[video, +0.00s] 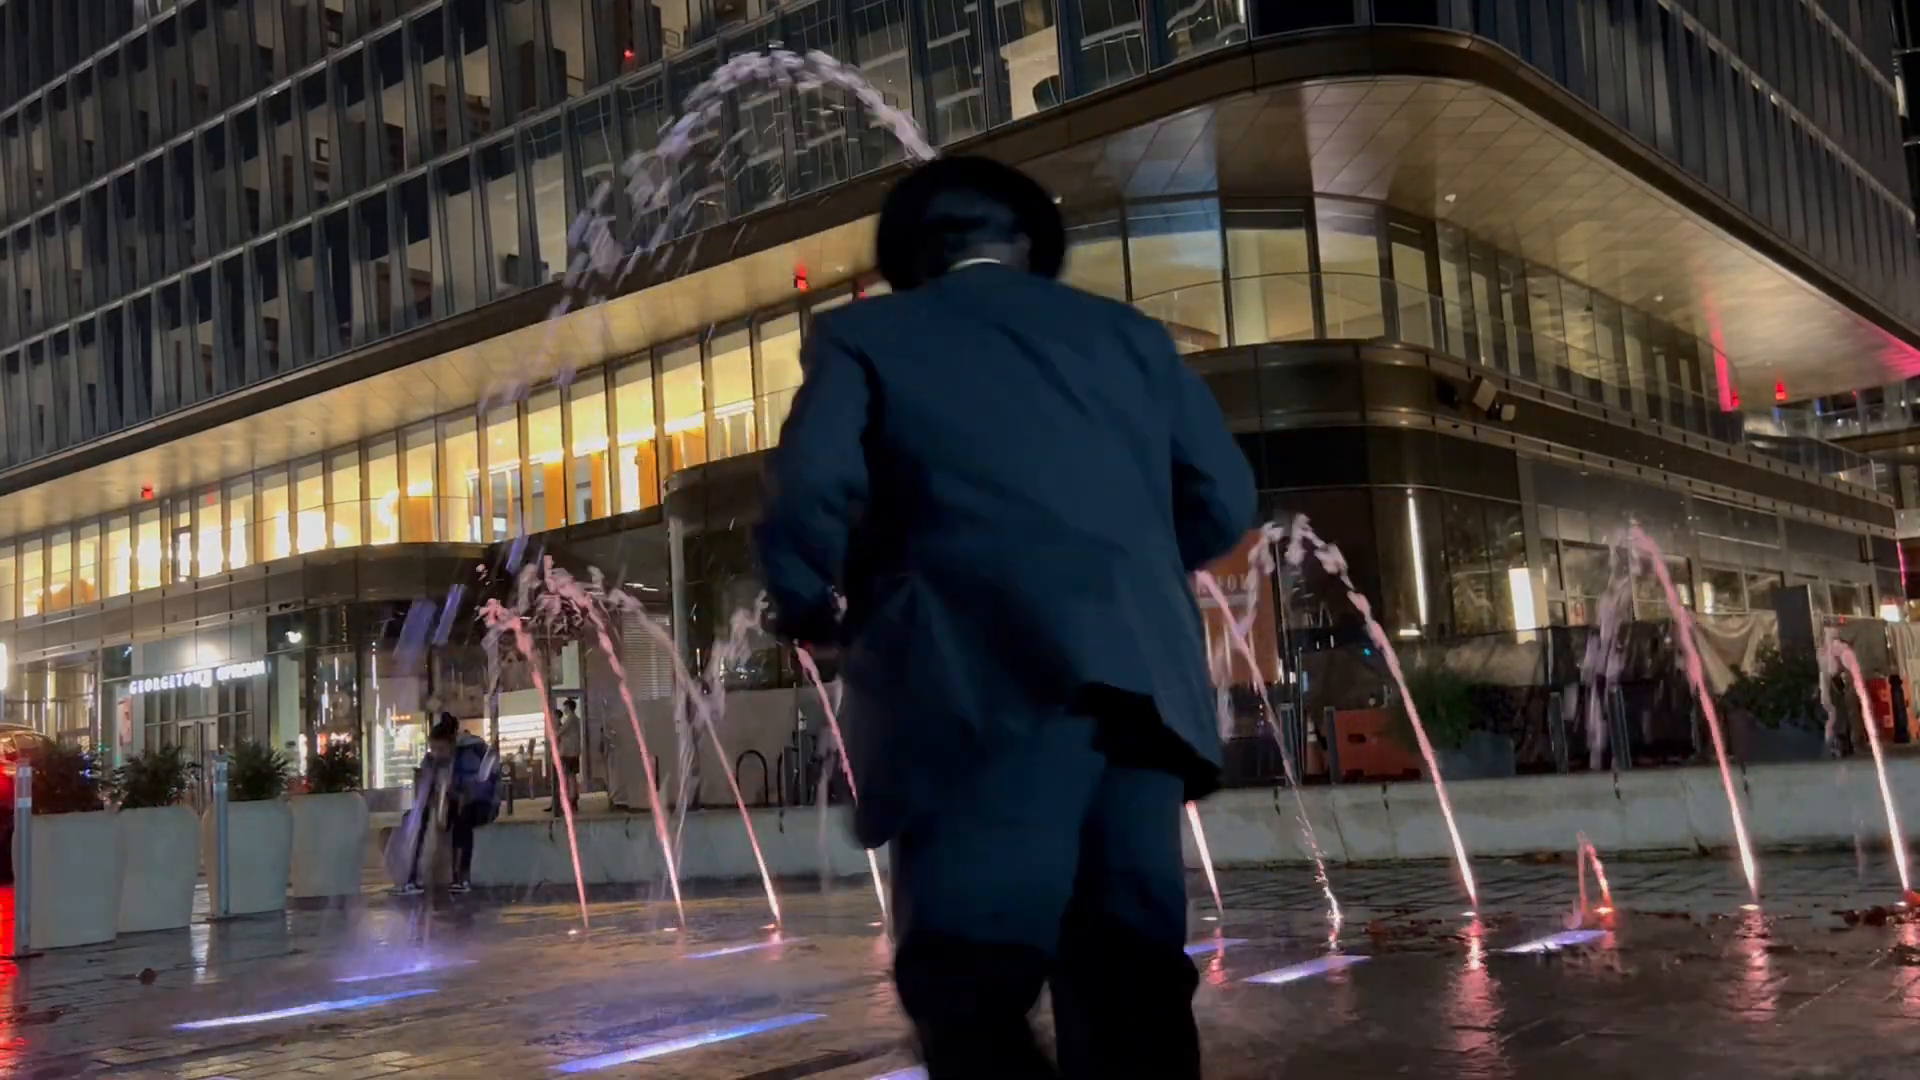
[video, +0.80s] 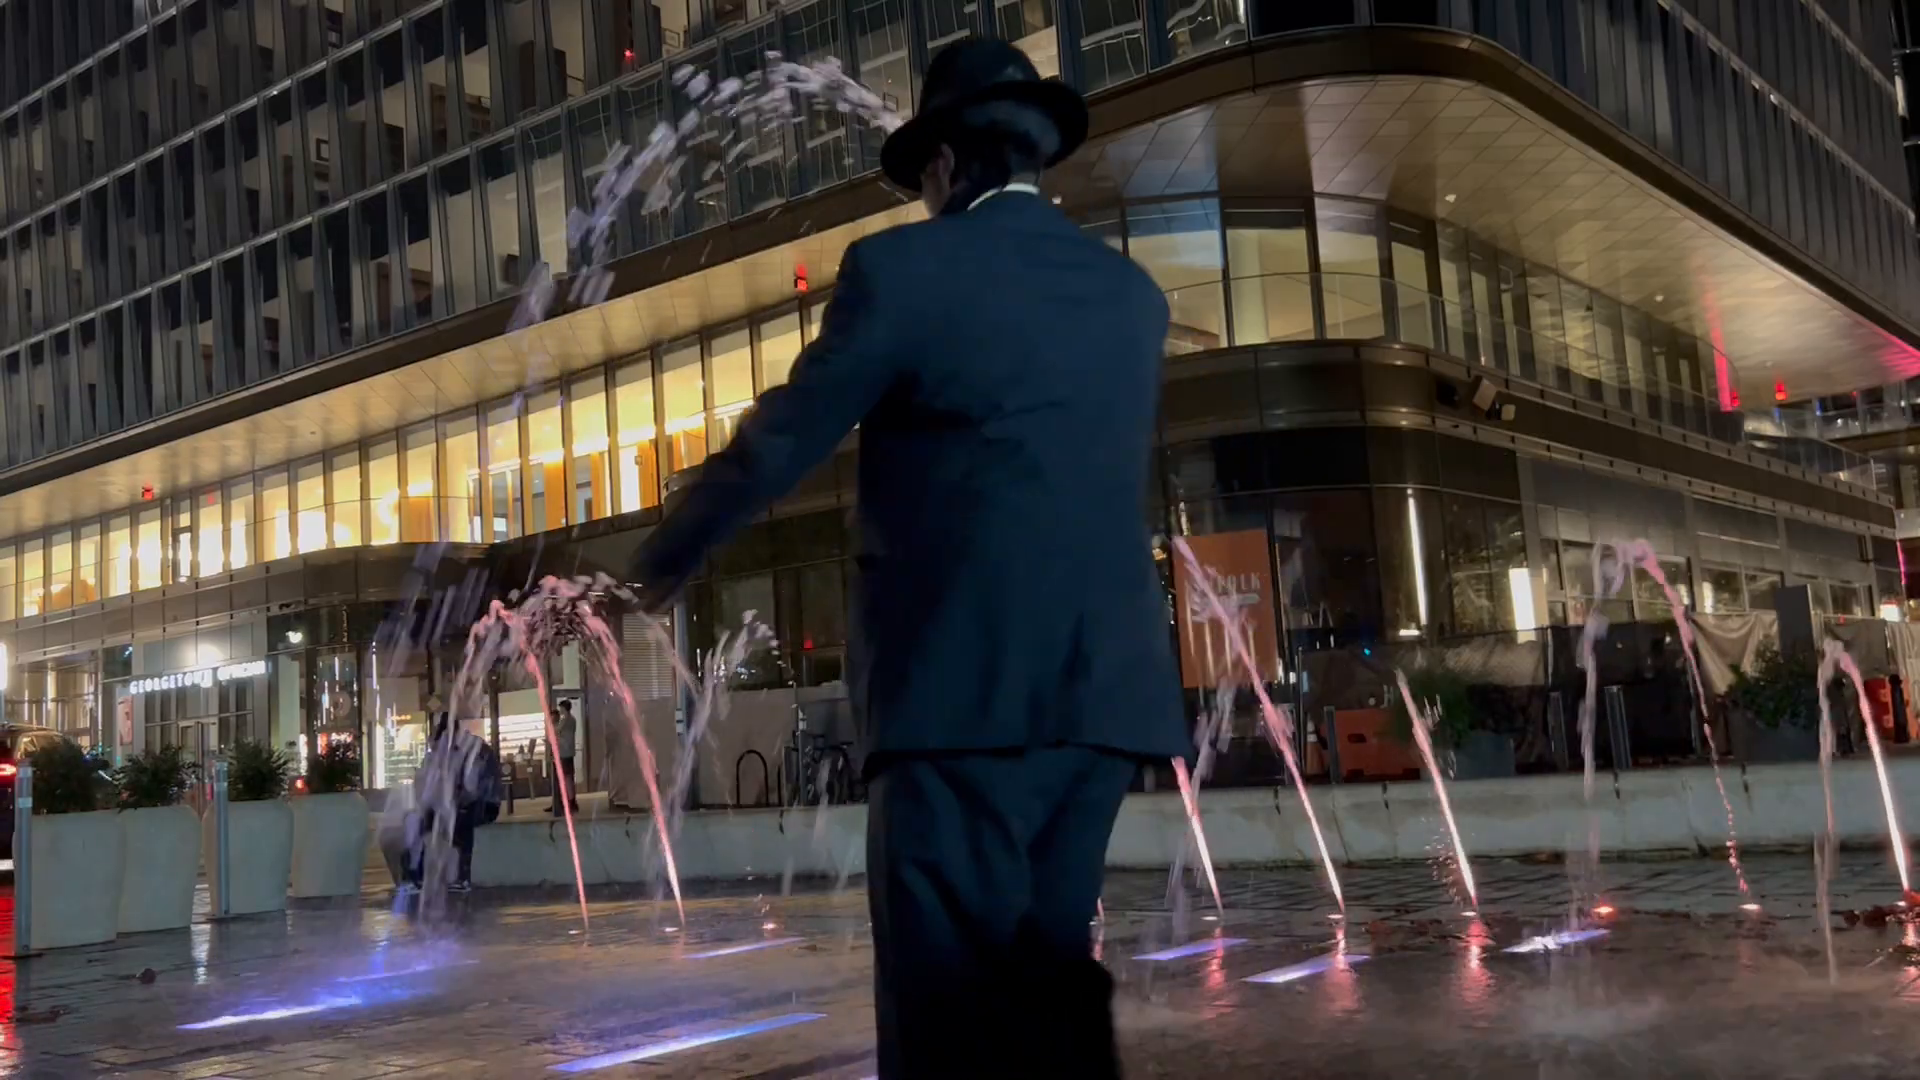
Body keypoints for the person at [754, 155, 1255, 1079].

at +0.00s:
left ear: (904, 261)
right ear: (1035, 251)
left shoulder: (868, 332)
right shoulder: (1130, 330)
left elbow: (806, 495)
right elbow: (1227, 502)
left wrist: (814, 617)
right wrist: (1121, 566)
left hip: (974, 693)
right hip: (1143, 691)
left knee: (965, 999)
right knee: (1133, 994)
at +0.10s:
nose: (1045, 266)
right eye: (1055, 253)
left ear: (953, 267)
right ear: (1070, 265)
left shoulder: (891, 348)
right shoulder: (1151, 362)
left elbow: (893, 536)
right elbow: (1181, 528)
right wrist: (1115, 616)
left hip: (992, 672)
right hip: (1147, 665)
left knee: (1038, 964)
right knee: (1146, 952)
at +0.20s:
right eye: (1065, 274)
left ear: (961, 277)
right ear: (1074, 281)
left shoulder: (918, 350)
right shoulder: (1152, 385)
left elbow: (935, 485)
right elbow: (1143, 536)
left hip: (1034, 695)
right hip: (1165, 696)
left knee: (1062, 970)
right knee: (1161, 975)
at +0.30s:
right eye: (1054, 255)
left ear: (960, 262)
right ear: (1071, 266)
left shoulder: (922, 332)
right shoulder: (1156, 364)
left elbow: (930, 530)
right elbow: (1199, 532)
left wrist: (1019, 563)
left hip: (1041, 654)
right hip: (1177, 664)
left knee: (1015, 946)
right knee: (1138, 966)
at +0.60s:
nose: (928, 224)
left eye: (930, 205)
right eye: (930, 206)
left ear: (948, 202)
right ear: (1045, 208)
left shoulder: (927, 284)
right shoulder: (1144, 323)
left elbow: (930, 470)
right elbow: (1211, 478)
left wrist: (970, 524)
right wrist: (1118, 532)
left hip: (1007, 667)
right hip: (1150, 665)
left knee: (952, 992)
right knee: (1143, 978)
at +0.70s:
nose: (919, 205)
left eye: (923, 185)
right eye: (924, 186)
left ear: (941, 183)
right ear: (1040, 189)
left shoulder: (911, 267)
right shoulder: (1143, 315)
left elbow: (849, 434)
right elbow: (1210, 480)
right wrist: (1099, 481)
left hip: (980, 678)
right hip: (1132, 684)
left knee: (952, 998)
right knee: (1097, 977)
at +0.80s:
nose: (918, 196)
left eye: (920, 171)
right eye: (919, 174)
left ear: (945, 163)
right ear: (1039, 163)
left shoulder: (902, 268)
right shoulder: (1132, 290)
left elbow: (777, 446)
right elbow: (1098, 466)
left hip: (958, 685)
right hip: (1115, 688)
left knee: (937, 994)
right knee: (1053, 968)